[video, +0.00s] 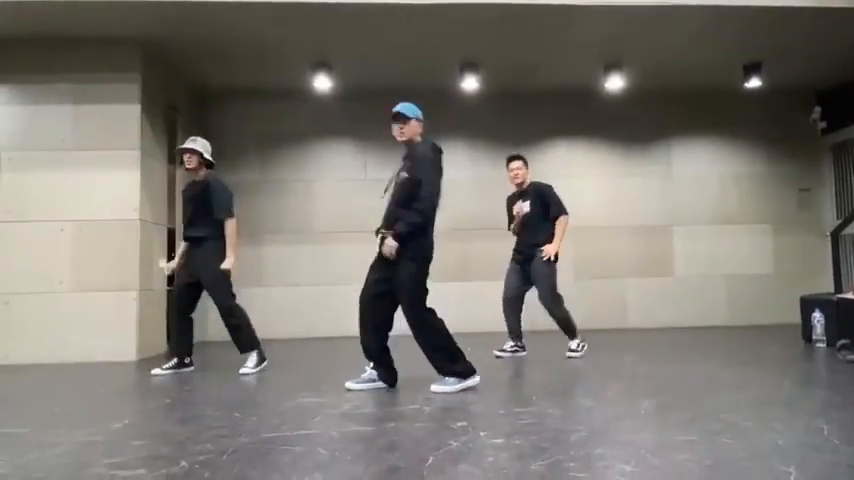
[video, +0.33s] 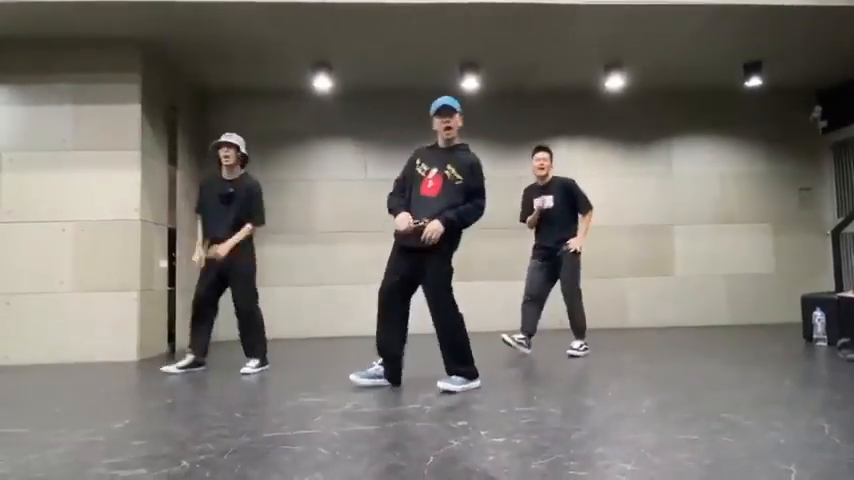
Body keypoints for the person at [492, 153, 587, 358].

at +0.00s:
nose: (516, 173)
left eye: (519, 168)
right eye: (512, 170)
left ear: (527, 171)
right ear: (508, 174)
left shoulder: (542, 190)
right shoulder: (512, 200)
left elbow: (563, 217)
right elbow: (514, 230)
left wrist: (555, 245)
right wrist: (518, 219)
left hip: (542, 253)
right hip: (520, 256)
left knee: (548, 297)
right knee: (510, 298)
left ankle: (574, 339)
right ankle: (516, 342)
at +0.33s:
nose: (541, 163)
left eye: (545, 160)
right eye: (537, 160)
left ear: (551, 164)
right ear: (532, 164)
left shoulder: (566, 185)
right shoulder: (530, 191)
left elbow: (587, 210)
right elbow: (529, 223)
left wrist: (581, 238)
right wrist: (537, 211)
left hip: (567, 248)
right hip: (542, 250)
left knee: (570, 292)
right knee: (533, 293)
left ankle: (580, 340)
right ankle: (525, 337)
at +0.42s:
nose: (544, 161)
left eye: (548, 158)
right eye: (541, 157)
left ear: (555, 162)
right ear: (536, 162)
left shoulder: (568, 182)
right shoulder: (533, 190)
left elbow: (588, 208)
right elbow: (532, 221)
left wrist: (581, 236)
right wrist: (539, 206)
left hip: (568, 246)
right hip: (544, 247)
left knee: (574, 292)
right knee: (529, 286)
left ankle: (580, 340)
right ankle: (543, 322)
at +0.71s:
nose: (547, 166)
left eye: (551, 163)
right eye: (543, 162)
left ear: (557, 167)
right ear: (538, 166)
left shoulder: (569, 190)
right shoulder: (536, 195)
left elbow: (590, 217)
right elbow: (536, 227)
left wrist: (578, 244)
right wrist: (538, 214)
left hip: (565, 250)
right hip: (543, 250)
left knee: (565, 294)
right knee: (528, 290)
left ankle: (581, 341)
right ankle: (520, 336)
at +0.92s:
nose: (539, 158)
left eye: (543, 155)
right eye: (535, 154)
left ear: (548, 159)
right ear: (530, 158)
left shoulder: (556, 181)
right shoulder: (526, 186)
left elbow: (575, 206)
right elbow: (518, 215)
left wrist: (560, 233)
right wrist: (519, 196)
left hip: (548, 245)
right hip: (525, 245)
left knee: (559, 286)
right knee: (505, 283)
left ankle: (578, 334)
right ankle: (504, 330)